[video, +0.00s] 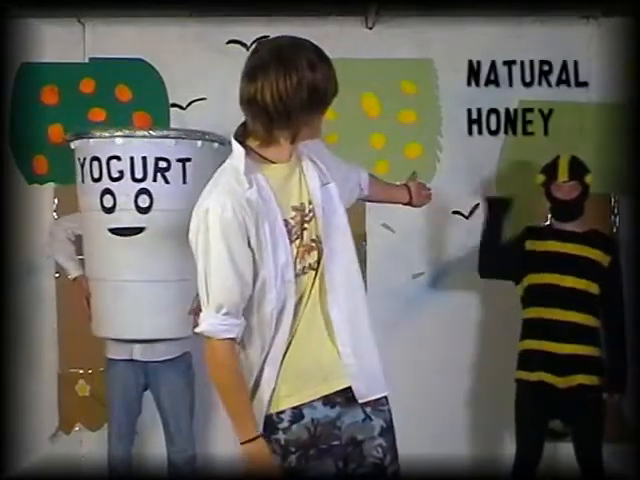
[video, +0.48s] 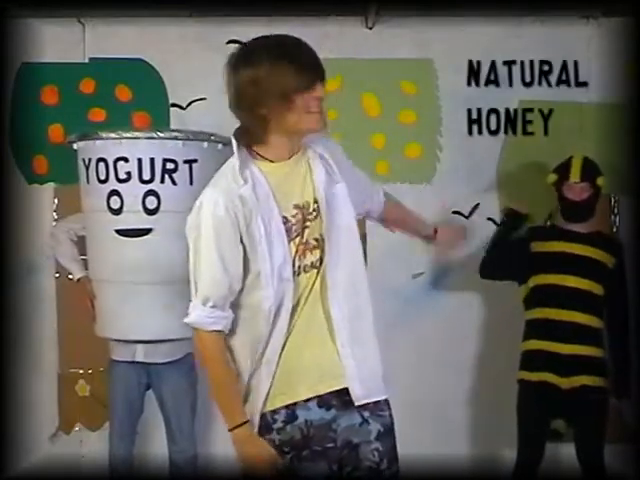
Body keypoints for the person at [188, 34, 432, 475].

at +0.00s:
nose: (326, 112)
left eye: (325, 103)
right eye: (323, 104)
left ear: (259, 101)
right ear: (305, 108)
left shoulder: (315, 160)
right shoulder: (225, 204)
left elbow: (359, 185)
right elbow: (218, 338)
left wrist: (406, 193)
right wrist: (249, 439)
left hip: (365, 399)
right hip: (291, 417)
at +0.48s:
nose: (321, 95)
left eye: (319, 85)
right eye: (307, 87)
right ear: (268, 100)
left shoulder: (327, 158)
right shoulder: (223, 200)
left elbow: (379, 205)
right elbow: (208, 329)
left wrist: (430, 231)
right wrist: (240, 431)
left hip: (364, 403)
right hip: (283, 418)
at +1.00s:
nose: (309, 80)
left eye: (321, 65)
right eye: (291, 72)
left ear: (346, 77)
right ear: (279, 92)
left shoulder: (401, 165)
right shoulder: (255, 190)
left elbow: (448, 275)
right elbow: (245, 309)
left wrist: (498, 373)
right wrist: (245, 412)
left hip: (386, 420)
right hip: (291, 426)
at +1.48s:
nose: (346, 83)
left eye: (364, 67)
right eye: (333, 70)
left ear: (393, 79)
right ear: (322, 86)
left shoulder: (451, 171)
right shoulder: (299, 189)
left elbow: (468, 301)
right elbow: (299, 314)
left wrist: (461, 421)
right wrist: (309, 425)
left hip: (429, 432)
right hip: (340, 433)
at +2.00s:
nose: (336, 84)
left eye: (353, 70)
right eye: (324, 72)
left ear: (384, 81)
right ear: (313, 86)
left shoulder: (440, 176)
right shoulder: (289, 187)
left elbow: (462, 304)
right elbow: (289, 311)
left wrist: (466, 422)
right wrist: (299, 419)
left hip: (417, 434)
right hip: (328, 431)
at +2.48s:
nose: (290, 119)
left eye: (305, 106)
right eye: (276, 107)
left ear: (327, 115)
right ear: (260, 120)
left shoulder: (374, 196)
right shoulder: (235, 214)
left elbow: (402, 310)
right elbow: (235, 327)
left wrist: (420, 414)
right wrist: (251, 425)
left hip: (365, 426)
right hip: (282, 430)